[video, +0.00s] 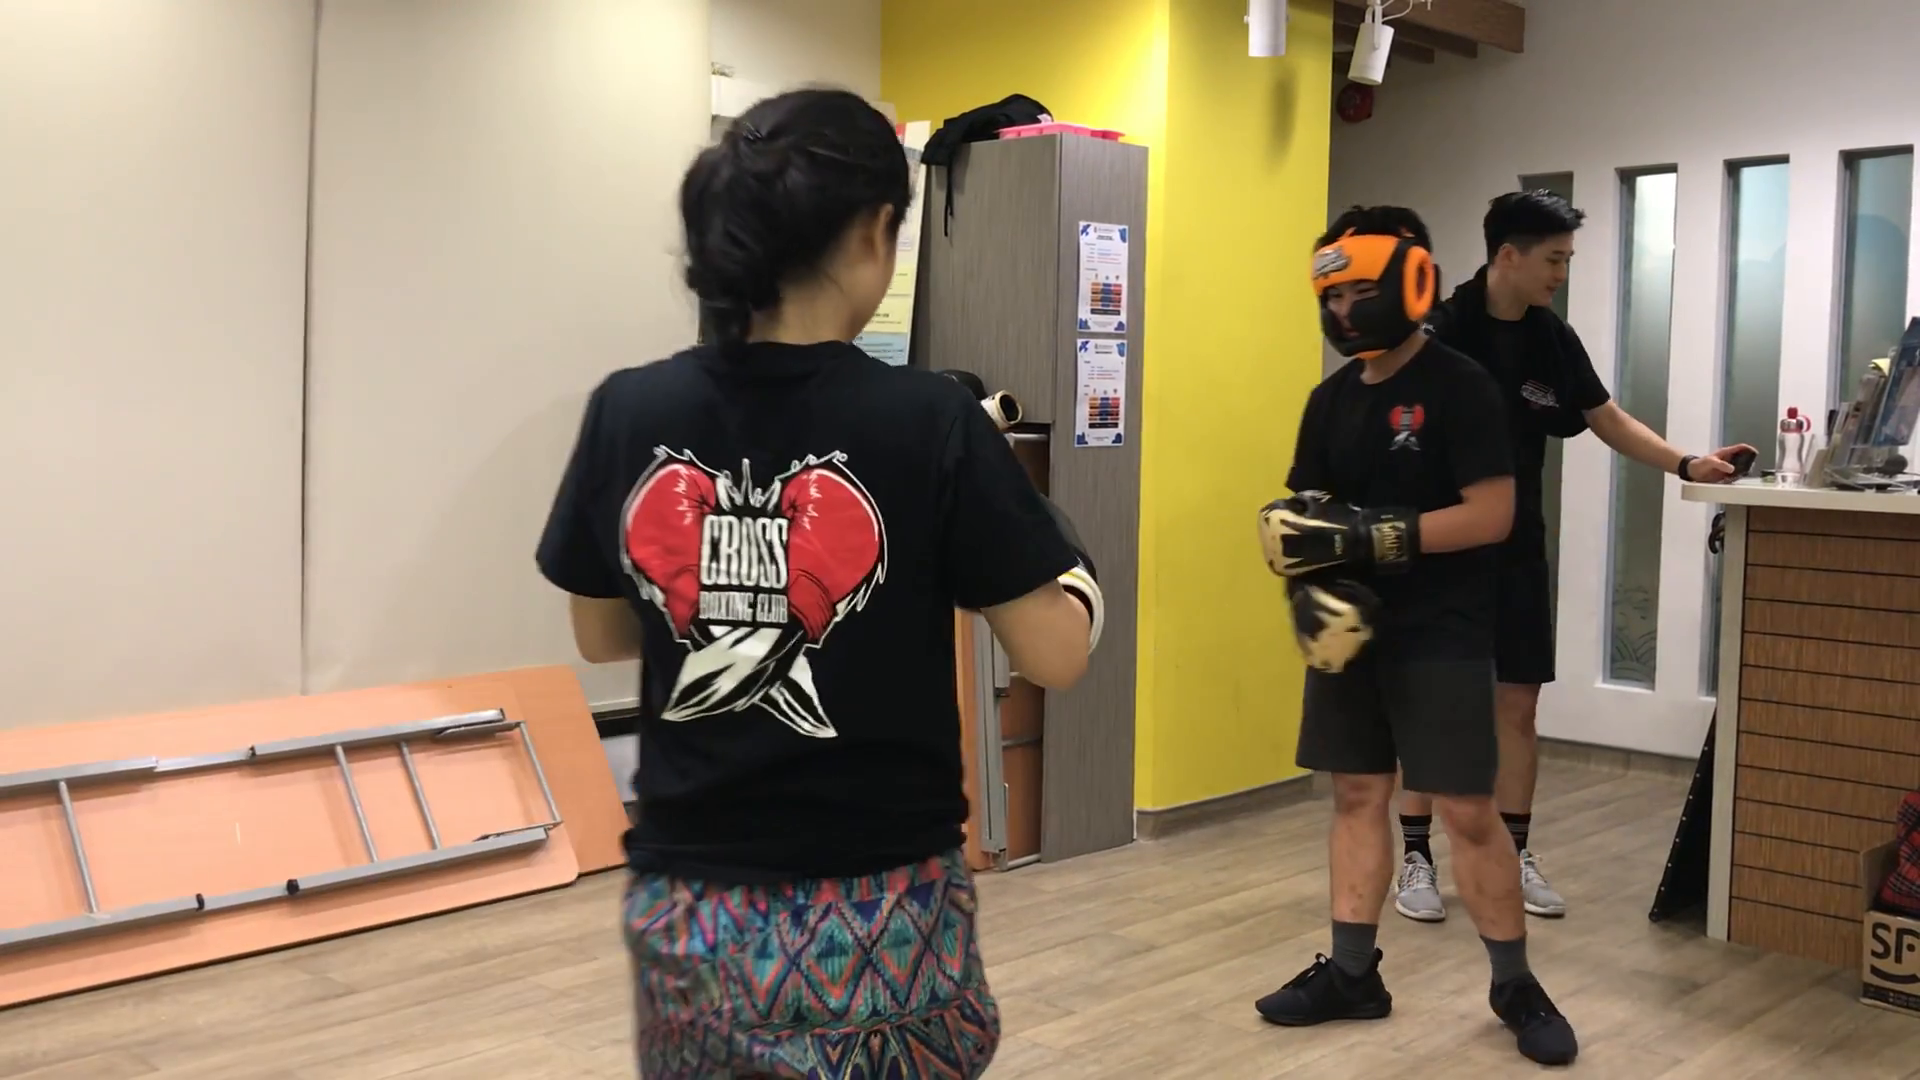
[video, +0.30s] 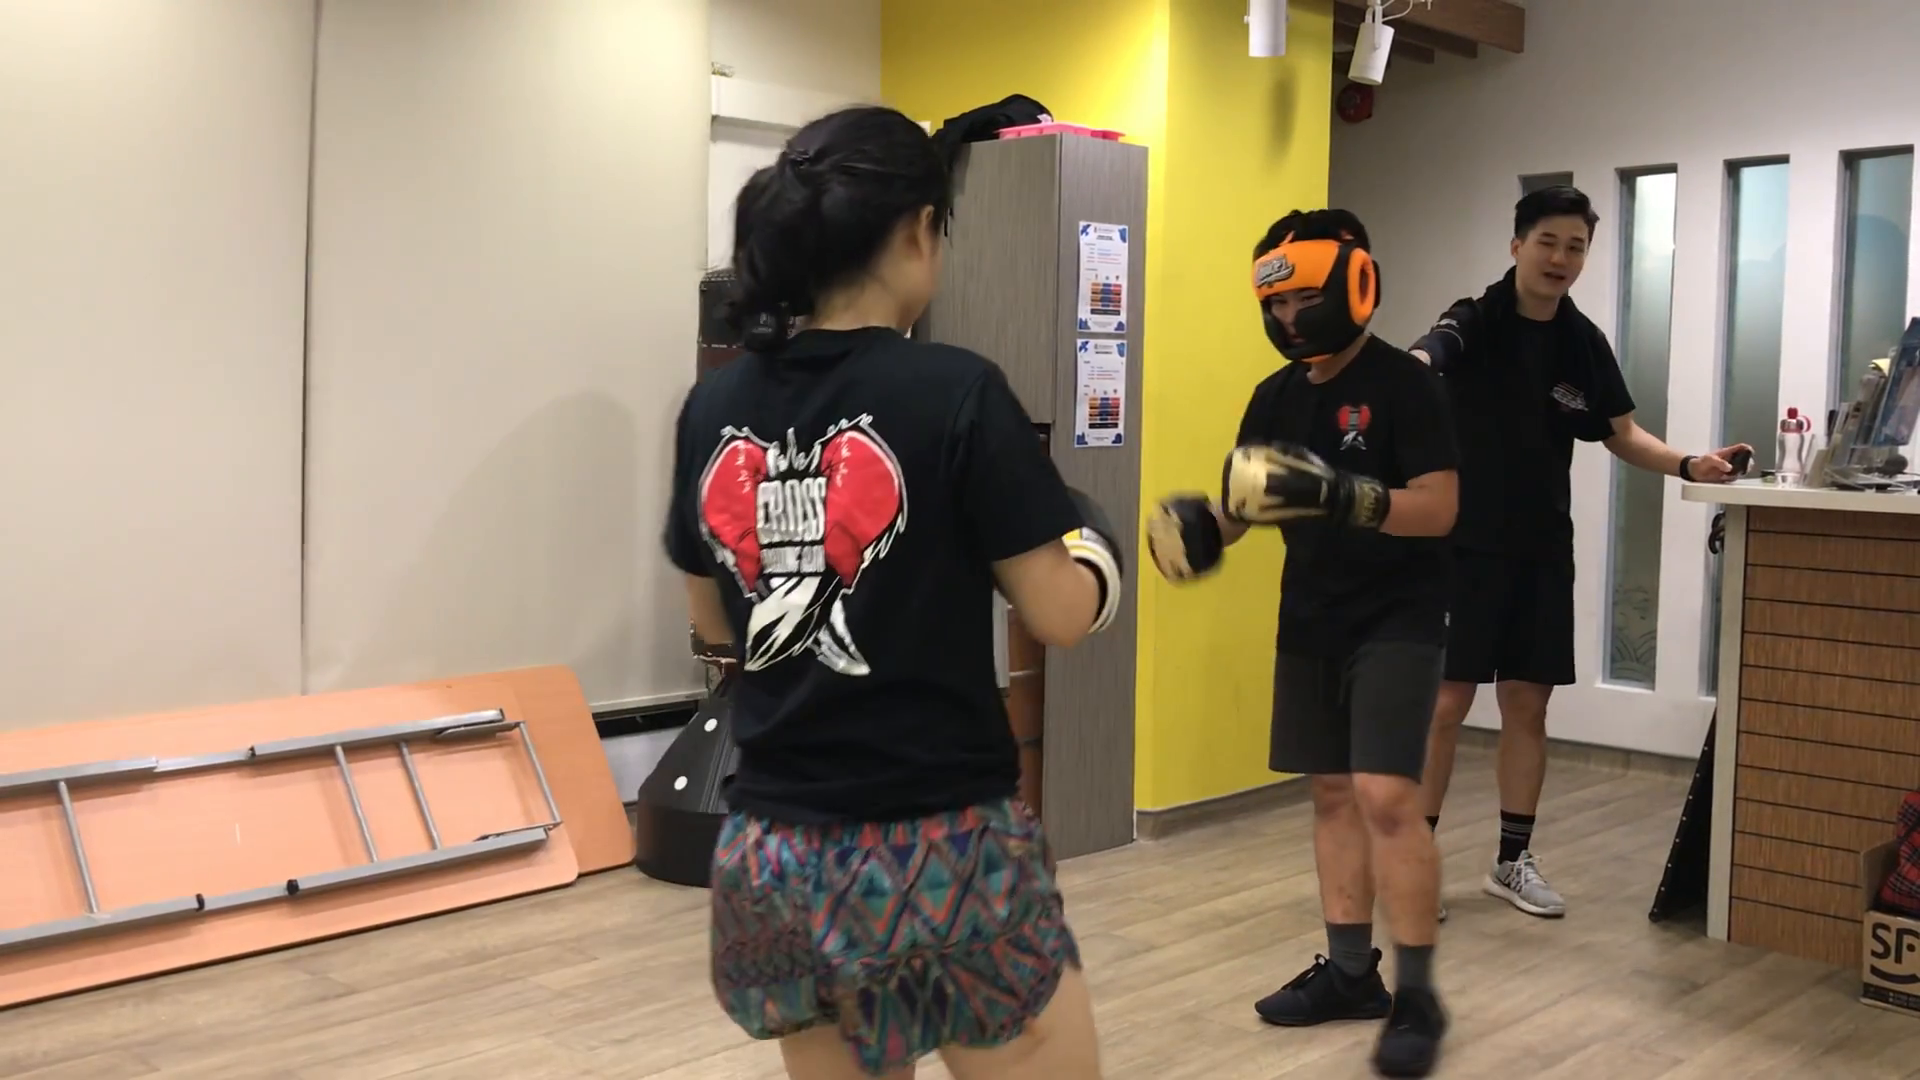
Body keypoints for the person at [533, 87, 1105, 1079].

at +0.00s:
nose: (897, 256)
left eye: (898, 230)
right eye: (898, 229)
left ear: (729, 225)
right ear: (872, 235)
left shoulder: (627, 410)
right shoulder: (929, 420)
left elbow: (601, 631)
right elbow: (1058, 656)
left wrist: (728, 569)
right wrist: (1068, 571)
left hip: (685, 908)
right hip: (883, 909)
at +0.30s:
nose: (937, 256)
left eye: (934, 231)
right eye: (936, 230)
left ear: (792, 237)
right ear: (916, 231)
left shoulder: (712, 406)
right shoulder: (957, 392)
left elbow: (716, 626)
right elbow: (1063, 615)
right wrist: (1091, 547)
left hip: (770, 852)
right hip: (947, 849)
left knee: (828, 1066)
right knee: (1049, 1063)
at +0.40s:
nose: (962, 263)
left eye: (960, 236)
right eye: (962, 234)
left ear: (820, 239)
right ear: (940, 234)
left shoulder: (747, 401)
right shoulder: (980, 379)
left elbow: (752, 616)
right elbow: (1093, 599)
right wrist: (1124, 520)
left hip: (798, 835)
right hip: (971, 831)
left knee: (848, 1067)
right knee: (1061, 1062)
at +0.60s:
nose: (1038, 269)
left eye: (1035, 245)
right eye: (1037, 244)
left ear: (896, 252)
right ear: (1019, 251)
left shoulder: (833, 414)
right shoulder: (1079, 403)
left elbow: (833, 624)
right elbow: (1188, 605)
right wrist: (1169, 494)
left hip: (883, 834)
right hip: (1054, 839)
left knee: (894, 1064)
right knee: (1089, 1063)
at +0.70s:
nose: (1085, 266)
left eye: (1083, 243)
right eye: (1084, 243)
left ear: (939, 246)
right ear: (1067, 249)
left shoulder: (879, 406)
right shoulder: (1129, 403)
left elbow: (867, 613)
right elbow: (1228, 602)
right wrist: (1196, 467)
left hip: (930, 827)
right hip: (1100, 826)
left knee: (939, 1066)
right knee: (1107, 1061)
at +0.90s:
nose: (1153, 257)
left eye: (1147, 235)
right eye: (1151, 237)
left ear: (1007, 251)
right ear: (1137, 256)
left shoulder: (947, 407)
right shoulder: (1199, 405)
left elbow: (922, 605)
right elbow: (1291, 589)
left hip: (990, 814)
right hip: (1154, 818)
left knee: (980, 1048)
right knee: (1133, 1064)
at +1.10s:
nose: (1153, 257)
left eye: (1144, 238)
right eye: (1152, 240)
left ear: (1010, 254)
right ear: (1142, 260)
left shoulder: (954, 409)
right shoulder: (1205, 410)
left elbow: (930, 593)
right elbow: (1289, 581)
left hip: (994, 809)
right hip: (1157, 817)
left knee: (988, 1063)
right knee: (1130, 1064)